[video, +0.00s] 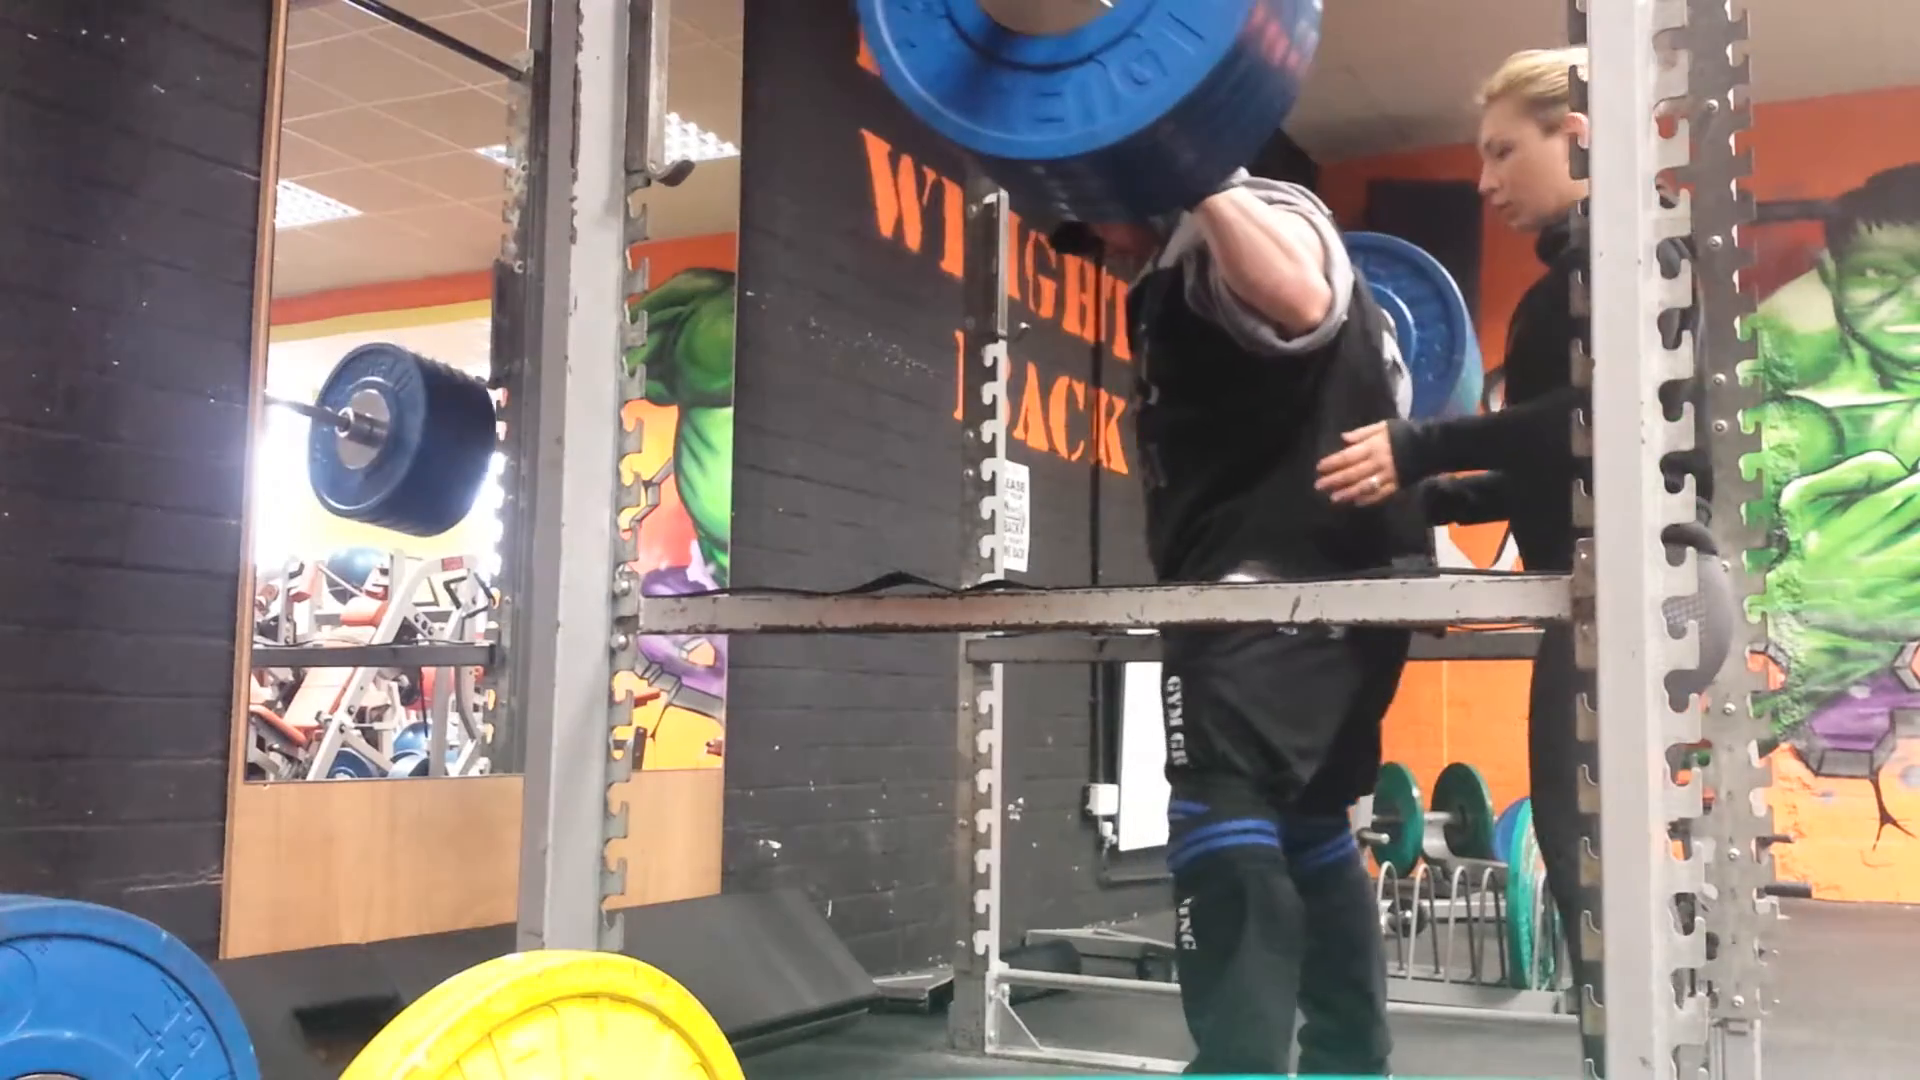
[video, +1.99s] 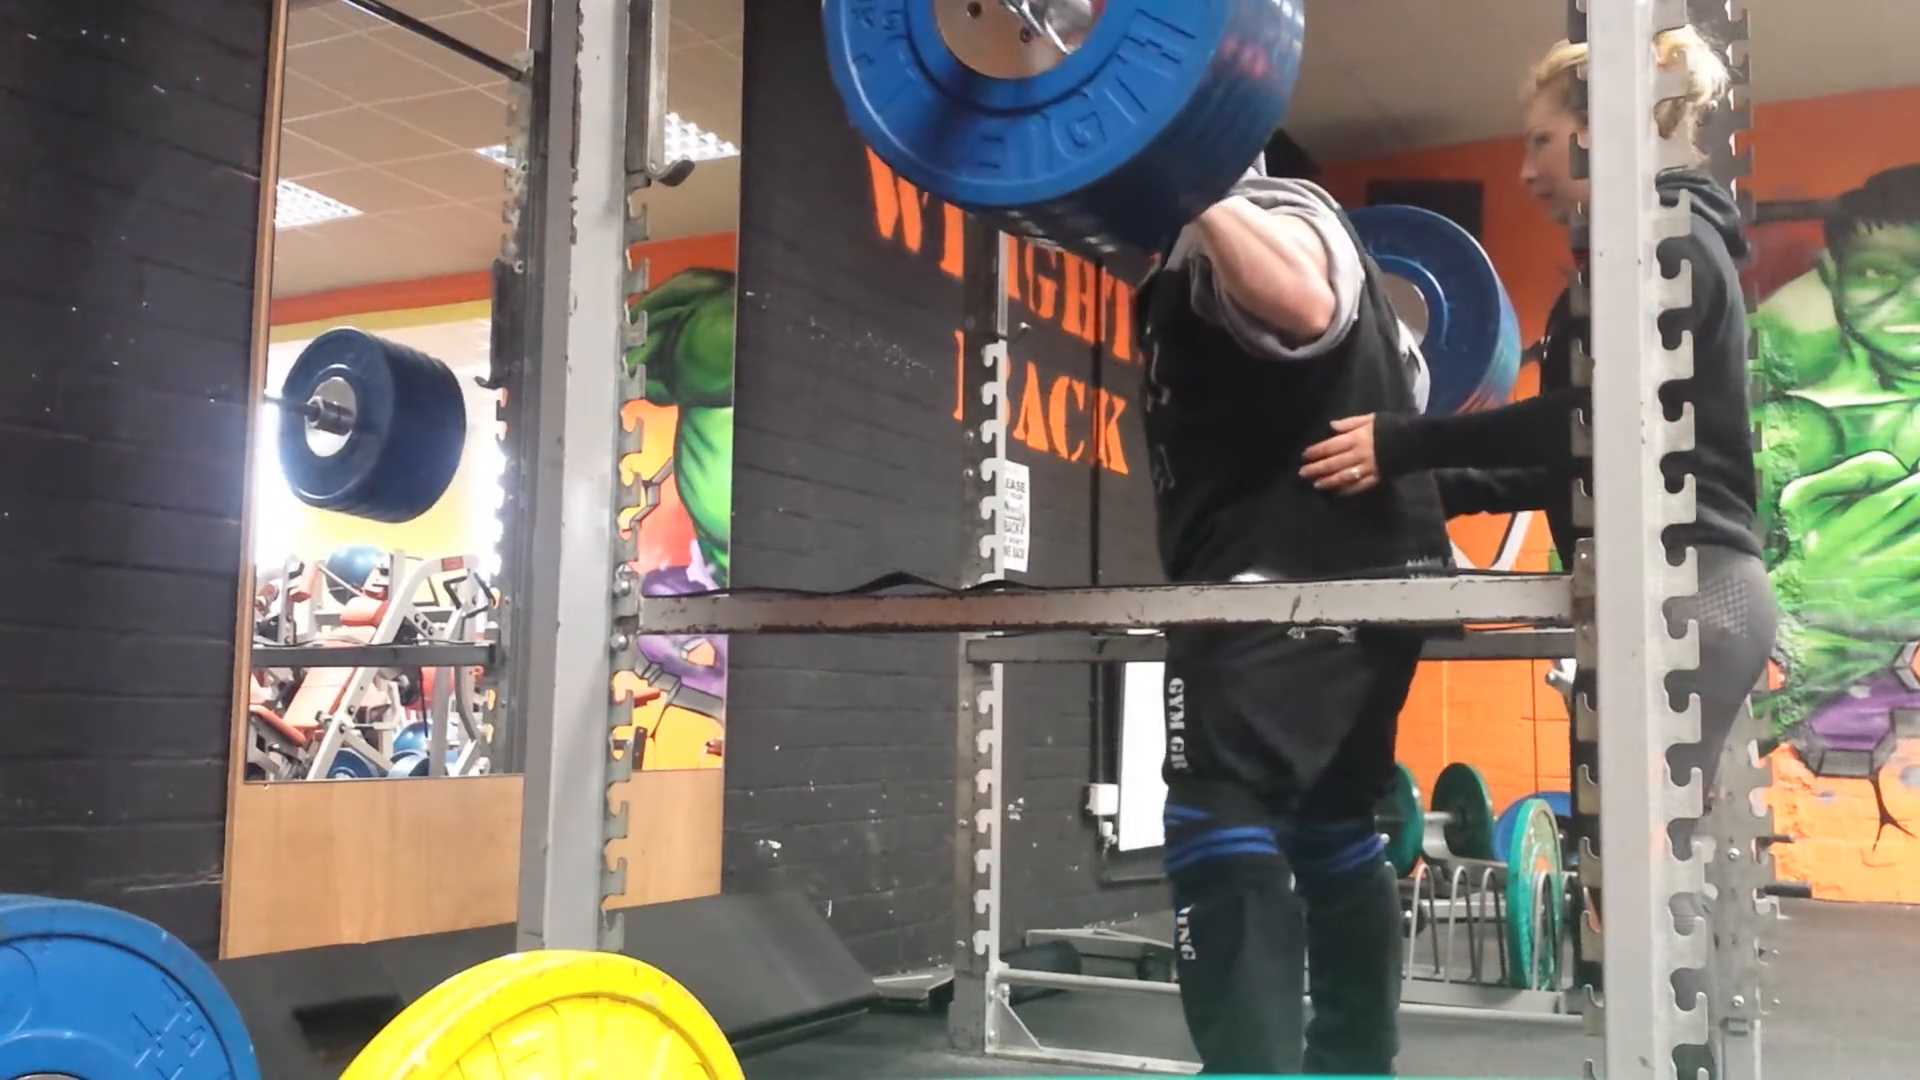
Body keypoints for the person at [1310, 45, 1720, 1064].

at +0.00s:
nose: (1486, 182)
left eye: (1500, 154)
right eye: (1483, 160)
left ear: (1571, 137)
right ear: (1554, 148)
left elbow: (1598, 421)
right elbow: (1560, 465)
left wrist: (1422, 446)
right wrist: (1433, 497)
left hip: (1624, 581)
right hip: (1581, 580)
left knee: (1590, 820)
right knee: (1570, 817)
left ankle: (1629, 1047)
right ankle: (1613, 1042)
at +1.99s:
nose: (1532, 171)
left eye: (1542, 148)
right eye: (1531, 150)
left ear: (1600, 140)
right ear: (1611, 143)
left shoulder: (1652, 241)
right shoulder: (1660, 241)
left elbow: (1594, 426)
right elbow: (1585, 458)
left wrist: (1403, 444)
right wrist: (1429, 477)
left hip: (1680, 586)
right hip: (1700, 585)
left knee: (1637, 855)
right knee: (1661, 854)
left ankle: (1659, 1060)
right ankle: (1681, 1055)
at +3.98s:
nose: (1517, 191)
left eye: (1527, 166)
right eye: (1518, 169)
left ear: (1580, 157)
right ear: (1581, 163)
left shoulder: (1621, 262)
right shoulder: (1591, 282)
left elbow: (1576, 424)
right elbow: (1563, 477)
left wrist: (1401, 465)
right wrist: (1435, 514)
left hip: (1619, 591)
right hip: (1593, 589)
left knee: (1566, 816)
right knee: (1563, 816)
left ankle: (1624, 1041)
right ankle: (1616, 1037)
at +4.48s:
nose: (1461, 263)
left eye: (1471, 233)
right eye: (1460, 238)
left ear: (1534, 217)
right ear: (1535, 221)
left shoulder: (1588, 313)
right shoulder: (1608, 309)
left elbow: (1570, 481)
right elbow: (1565, 516)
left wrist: (1397, 549)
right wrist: (1405, 549)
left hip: (1722, 631)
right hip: (1735, 630)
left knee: (1566, 837)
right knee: (1576, 836)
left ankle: (1646, 1044)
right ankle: (1655, 1042)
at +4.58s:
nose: (1469, 271)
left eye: (1479, 242)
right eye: (1468, 247)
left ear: (1541, 223)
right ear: (1543, 228)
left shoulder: (1598, 323)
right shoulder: (1595, 322)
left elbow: (1577, 503)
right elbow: (1554, 506)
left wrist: (1393, 569)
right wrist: (1399, 562)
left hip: (1729, 647)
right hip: (1704, 646)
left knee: (1564, 848)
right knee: (1556, 844)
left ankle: (1660, 1056)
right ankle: (1661, 1050)